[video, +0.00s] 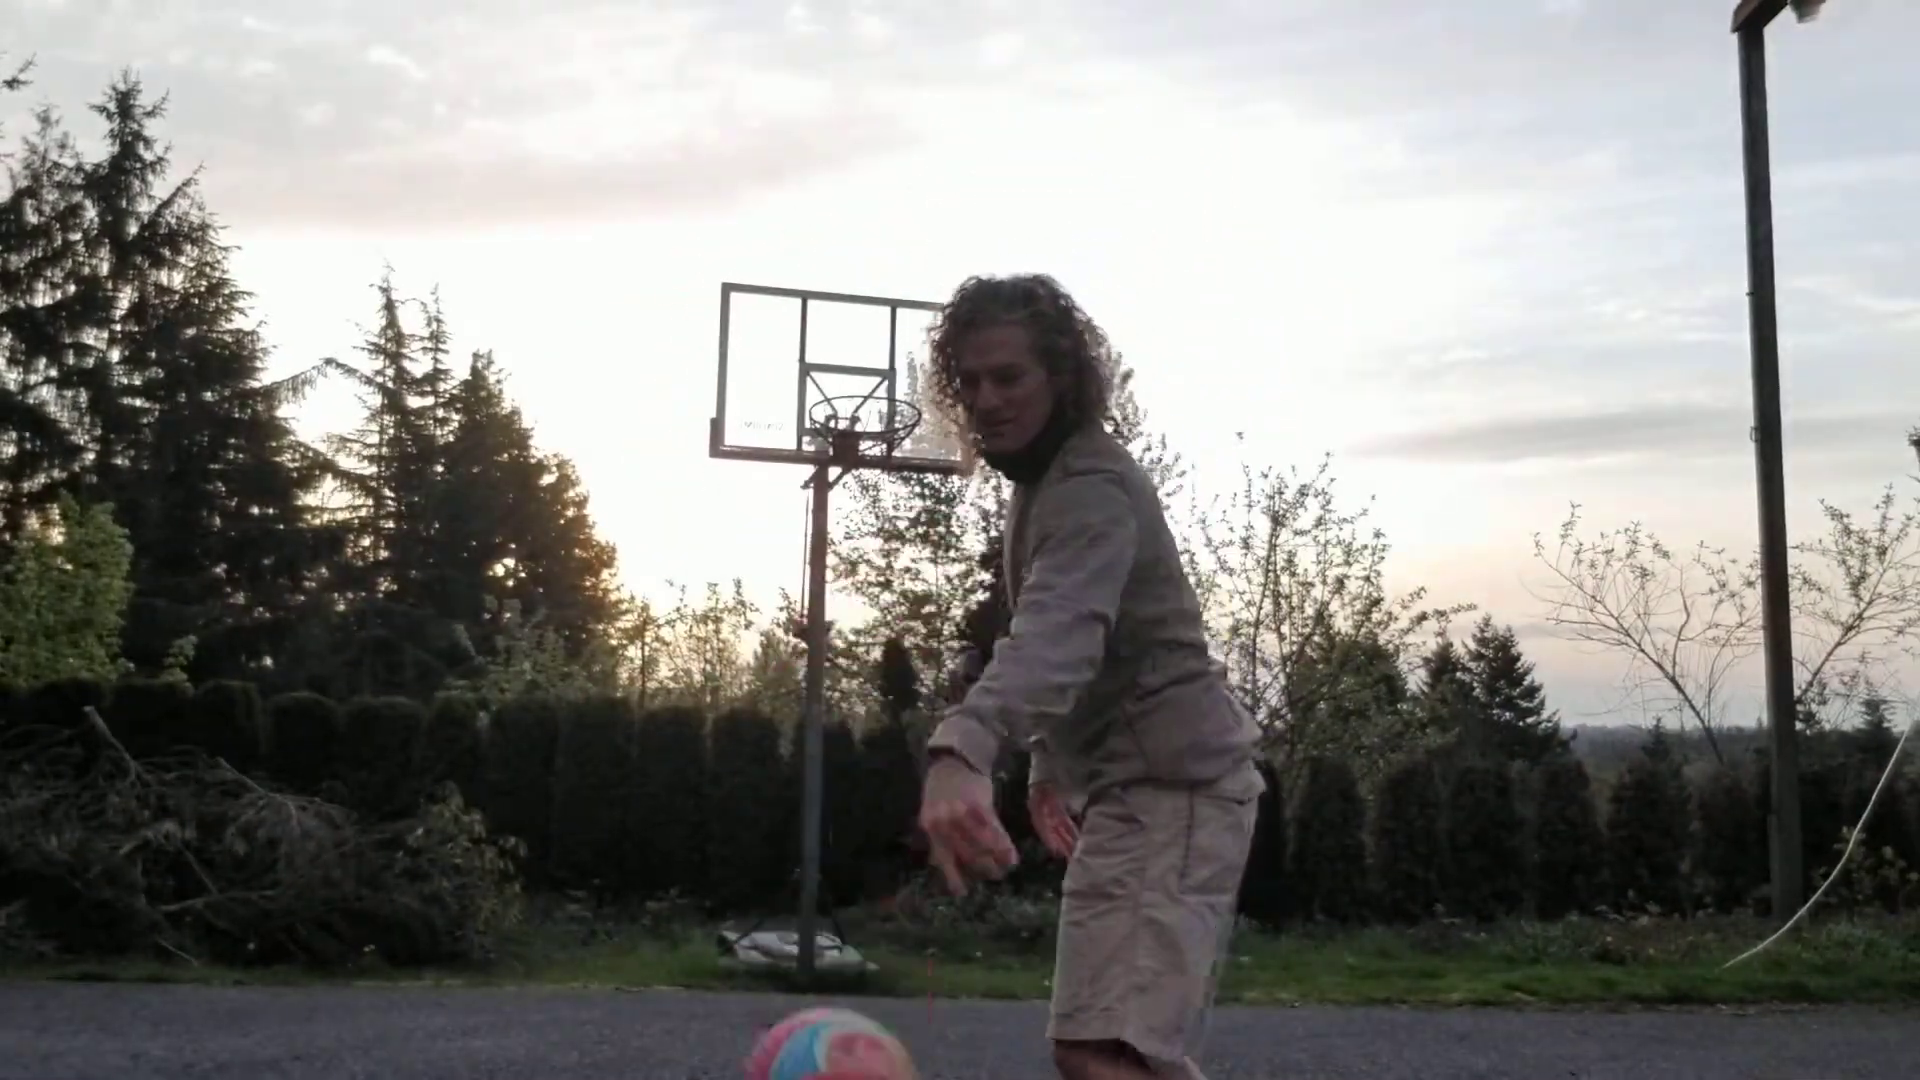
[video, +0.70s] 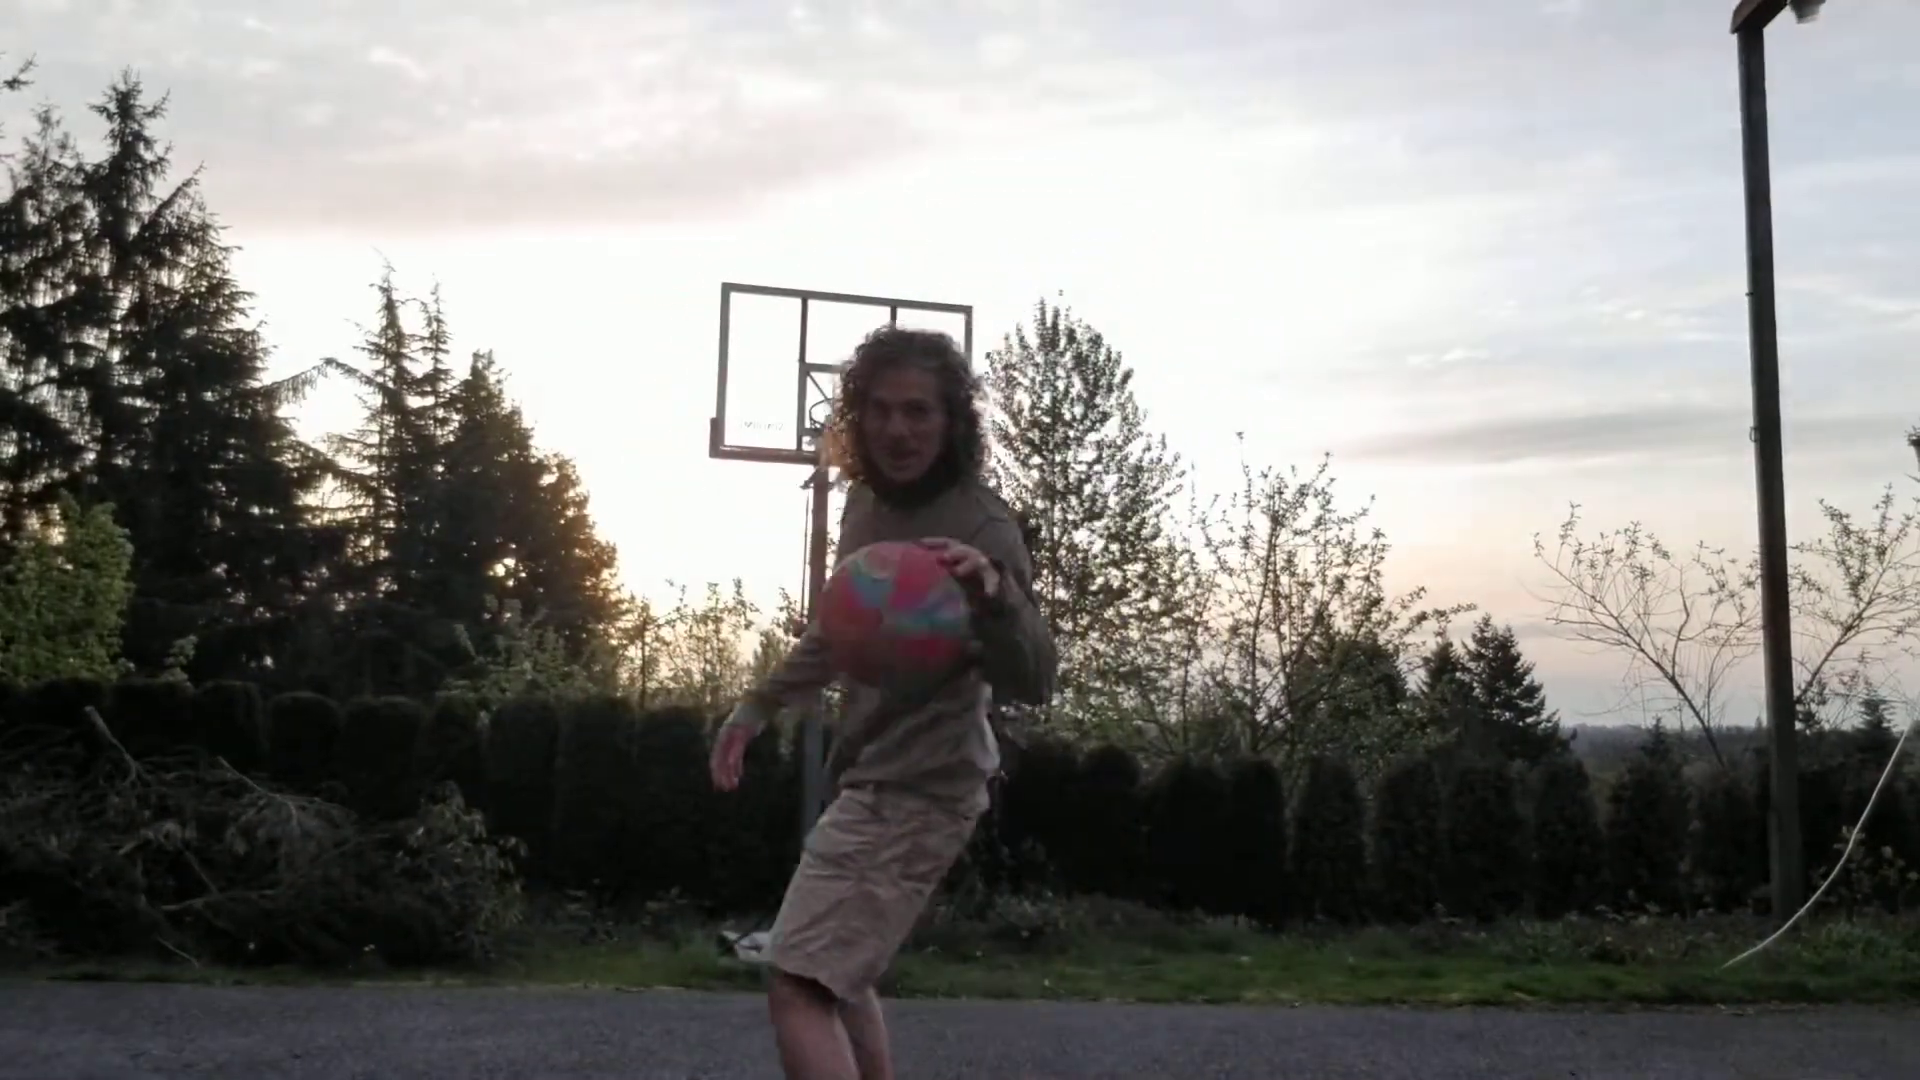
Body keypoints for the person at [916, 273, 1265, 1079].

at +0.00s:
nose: (985, 400)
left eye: (1008, 376)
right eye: (969, 382)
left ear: (1062, 378)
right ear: (955, 390)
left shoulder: (1088, 483)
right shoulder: (1044, 487)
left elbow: (1054, 630)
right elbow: (1066, 643)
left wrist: (963, 748)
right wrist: (1053, 764)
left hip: (1168, 782)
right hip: (1132, 783)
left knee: (1100, 1047)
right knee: (1117, 1044)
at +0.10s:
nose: (957, 423)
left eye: (975, 397)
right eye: (940, 405)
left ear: (1029, 388)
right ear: (930, 411)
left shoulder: (1065, 498)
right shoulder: (1055, 489)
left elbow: (1096, 698)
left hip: (1157, 793)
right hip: (1193, 787)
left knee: (1067, 1040)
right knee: (1161, 1045)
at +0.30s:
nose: (919, 437)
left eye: (935, 413)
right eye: (902, 422)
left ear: (985, 401)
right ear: (890, 426)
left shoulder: (1044, 507)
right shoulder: (986, 500)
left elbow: (1128, 663)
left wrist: (1138, 796)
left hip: (1061, 788)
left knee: (985, 1017)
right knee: (1105, 1020)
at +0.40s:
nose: (917, 432)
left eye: (935, 409)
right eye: (897, 417)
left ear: (980, 400)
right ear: (881, 424)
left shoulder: (1035, 505)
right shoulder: (949, 504)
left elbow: (1112, 648)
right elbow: (970, 646)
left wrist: (1100, 728)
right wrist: (917, 727)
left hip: (1042, 777)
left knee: (939, 1001)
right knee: (1050, 1002)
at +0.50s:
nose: (918, 422)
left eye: (937, 399)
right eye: (898, 404)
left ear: (978, 400)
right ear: (878, 413)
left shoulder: (1023, 502)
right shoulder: (916, 502)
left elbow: (1090, 657)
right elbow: (909, 647)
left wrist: (1067, 636)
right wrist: (892, 740)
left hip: (1001, 776)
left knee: (887, 998)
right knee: (989, 989)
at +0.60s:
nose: (911, 421)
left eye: (932, 401)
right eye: (892, 403)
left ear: (969, 408)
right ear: (872, 412)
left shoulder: (1000, 505)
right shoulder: (896, 502)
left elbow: (1053, 667)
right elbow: (883, 643)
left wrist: (1042, 584)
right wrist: (815, 719)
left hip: (959, 774)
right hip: (917, 767)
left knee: (842, 997)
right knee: (922, 985)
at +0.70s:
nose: (897, 430)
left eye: (918, 411)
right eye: (880, 410)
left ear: (953, 420)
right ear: (858, 419)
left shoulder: (981, 518)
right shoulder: (865, 505)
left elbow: (1033, 681)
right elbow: (837, 631)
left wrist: (996, 598)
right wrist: (756, 708)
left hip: (928, 777)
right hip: (869, 768)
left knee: (799, 981)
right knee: (845, 979)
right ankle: (871, 1076)